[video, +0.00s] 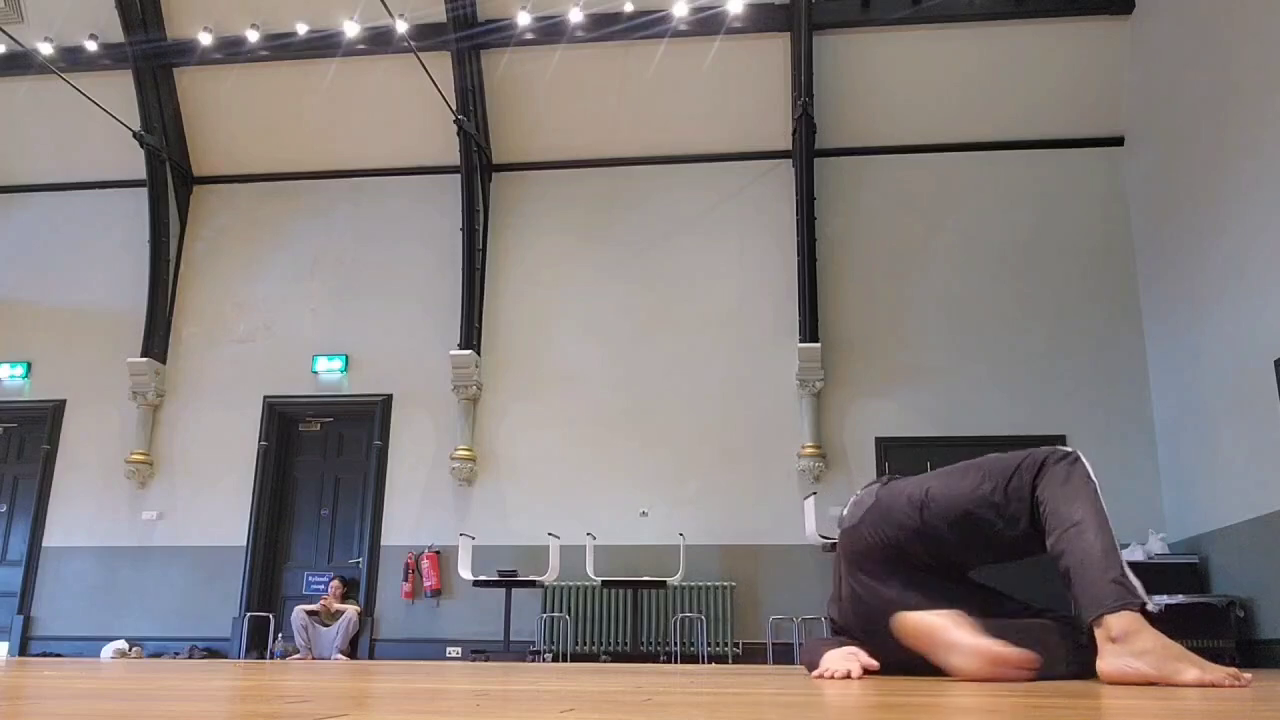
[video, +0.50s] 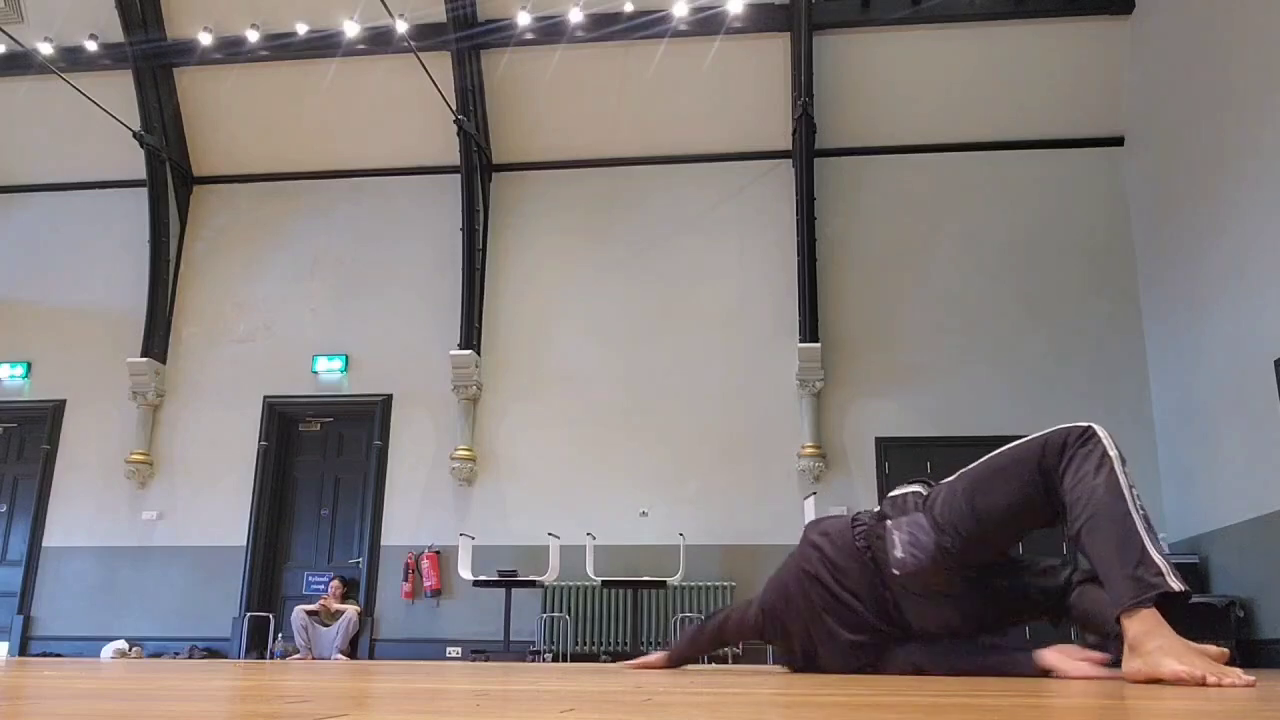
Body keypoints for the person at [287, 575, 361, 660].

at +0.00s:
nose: (333, 591)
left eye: (337, 588)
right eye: (331, 588)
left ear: (344, 590)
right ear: (328, 589)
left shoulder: (349, 602)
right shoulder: (323, 603)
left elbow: (357, 610)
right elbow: (297, 608)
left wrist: (334, 606)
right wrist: (318, 607)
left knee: (352, 614)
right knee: (297, 612)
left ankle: (336, 653)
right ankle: (304, 653)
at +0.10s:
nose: (333, 591)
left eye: (337, 588)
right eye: (331, 588)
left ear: (344, 590)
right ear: (328, 589)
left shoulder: (349, 602)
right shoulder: (323, 603)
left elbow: (357, 610)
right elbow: (297, 608)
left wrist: (334, 606)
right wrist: (317, 607)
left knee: (352, 614)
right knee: (297, 612)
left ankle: (336, 653)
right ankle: (304, 653)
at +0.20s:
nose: (333, 591)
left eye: (337, 588)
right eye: (331, 588)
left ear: (344, 590)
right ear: (328, 589)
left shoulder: (349, 602)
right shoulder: (323, 603)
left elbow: (357, 610)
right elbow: (297, 608)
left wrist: (334, 606)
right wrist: (316, 607)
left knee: (352, 614)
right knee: (297, 612)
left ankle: (336, 653)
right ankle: (304, 653)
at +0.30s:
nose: (333, 591)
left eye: (337, 588)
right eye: (331, 588)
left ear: (344, 590)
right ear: (328, 589)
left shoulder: (349, 602)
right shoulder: (323, 603)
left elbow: (357, 610)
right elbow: (297, 608)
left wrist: (334, 606)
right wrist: (316, 607)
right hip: (316, 637)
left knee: (352, 614)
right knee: (297, 612)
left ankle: (336, 653)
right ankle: (304, 653)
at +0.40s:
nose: (333, 591)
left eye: (337, 588)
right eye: (331, 588)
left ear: (344, 590)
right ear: (328, 589)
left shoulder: (349, 602)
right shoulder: (323, 602)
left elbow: (357, 610)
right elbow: (297, 608)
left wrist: (334, 606)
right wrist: (316, 607)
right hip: (316, 637)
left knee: (352, 614)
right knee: (297, 612)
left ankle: (336, 653)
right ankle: (304, 653)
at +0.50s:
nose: (333, 591)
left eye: (337, 588)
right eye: (331, 588)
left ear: (344, 590)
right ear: (328, 589)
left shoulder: (348, 602)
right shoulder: (323, 602)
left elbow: (357, 610)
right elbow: (297, 608)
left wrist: (334, 606)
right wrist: (316, 607)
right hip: (316, 637)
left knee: (352, 614)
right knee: (297, 612)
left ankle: (336, 653)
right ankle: (304, 653)